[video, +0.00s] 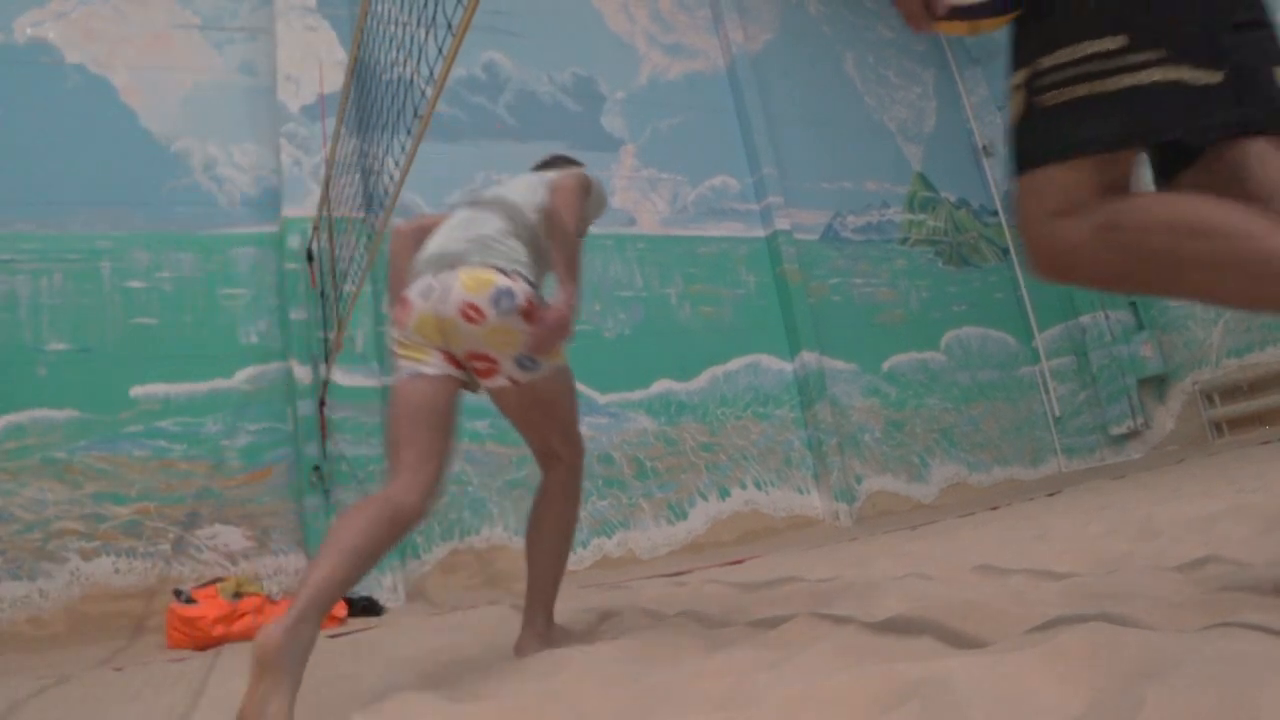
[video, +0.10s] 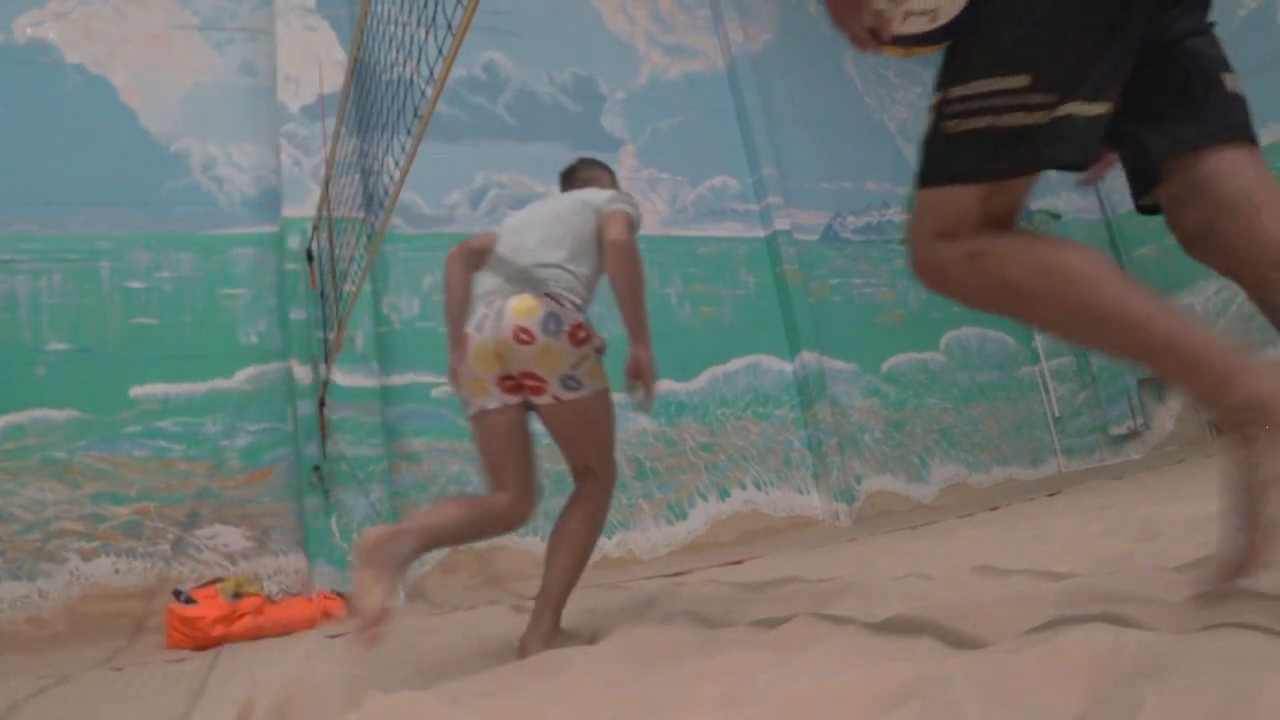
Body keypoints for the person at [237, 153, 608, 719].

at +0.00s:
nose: (589, 207)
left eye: (586, 196)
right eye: (586, 190)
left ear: (533, 172)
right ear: (573, 175)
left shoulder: (484, 199)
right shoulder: (573, 178)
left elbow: (407, 229)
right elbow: (562, 206)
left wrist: (403, 310)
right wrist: (568, 294)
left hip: (420, 303)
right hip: (493, 296)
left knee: (406, 491)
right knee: (562, 460)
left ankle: (290, 632)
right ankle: (538, 627)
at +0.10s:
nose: (613, 192)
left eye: (610, 186)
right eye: (612, 185)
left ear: (565, 190)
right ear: (604, 183)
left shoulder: (525, 220)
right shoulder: (610, 200)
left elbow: (460, 255)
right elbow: (617, 241)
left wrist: (457, 345)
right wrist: (640, 345)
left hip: (481, 329)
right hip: (546, 324)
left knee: (512, 500)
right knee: (594, 479)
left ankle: (394, 545)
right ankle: (543, 629)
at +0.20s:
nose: (638, 183)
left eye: (634, 177)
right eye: (634, 177)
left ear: (591, 184)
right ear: (623, 176)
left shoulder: (554, 217)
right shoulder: (639, 201)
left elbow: (502, 255)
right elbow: (657, 246)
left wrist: (508, 341)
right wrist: (681, 331)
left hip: (530, 323)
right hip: (589, 317)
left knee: (587, 461)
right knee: (609, 480)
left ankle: (522, 540)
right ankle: (546, 623)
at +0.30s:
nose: (660, 172)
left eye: (655, 167)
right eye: (656, 167)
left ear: (615, 175)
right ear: (647, 165)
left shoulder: (590, 208)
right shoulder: (665, 188)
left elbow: (544, 250)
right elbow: (685, 230)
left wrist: (551, 328)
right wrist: (703, 308)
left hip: (580, 312)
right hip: (631, 305)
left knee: (646, 440)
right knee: (619, 462)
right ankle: (571, 594)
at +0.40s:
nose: (685, 179)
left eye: (681, 174)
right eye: (681, 174)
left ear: (642, 183)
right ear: (668, 173)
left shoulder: (616, 226)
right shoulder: (686, 197)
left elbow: (579, 279)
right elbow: (709, 238)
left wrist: (595, 349)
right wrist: (731, 310)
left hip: (626, 336)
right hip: (672, 322)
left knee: (684, 455)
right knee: (672, 451)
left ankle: (715, 570)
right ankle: (594, 547)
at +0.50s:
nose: (721, 197)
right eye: (718, 188)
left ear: (672, 197)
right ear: (707, 192)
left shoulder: (653, 253)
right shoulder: (707, 221)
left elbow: (623, 325)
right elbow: (720, 271)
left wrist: (657, 375)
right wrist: (760, 333)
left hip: (666, 363)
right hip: (705, 356)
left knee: (723, 475)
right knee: (744, 470)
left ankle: (727, 583)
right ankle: (655, 504)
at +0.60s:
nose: (743, 204)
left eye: (741, 193)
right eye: (738, 194)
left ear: (701, 199)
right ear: (726, 196)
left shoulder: (690, 244)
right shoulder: (718, 226)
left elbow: (679, 326)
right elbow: (713, 282)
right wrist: (770, 333)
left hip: (694, 364)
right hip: (724, 359)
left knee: (743, 473)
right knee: (801, 442)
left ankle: (732, 581)